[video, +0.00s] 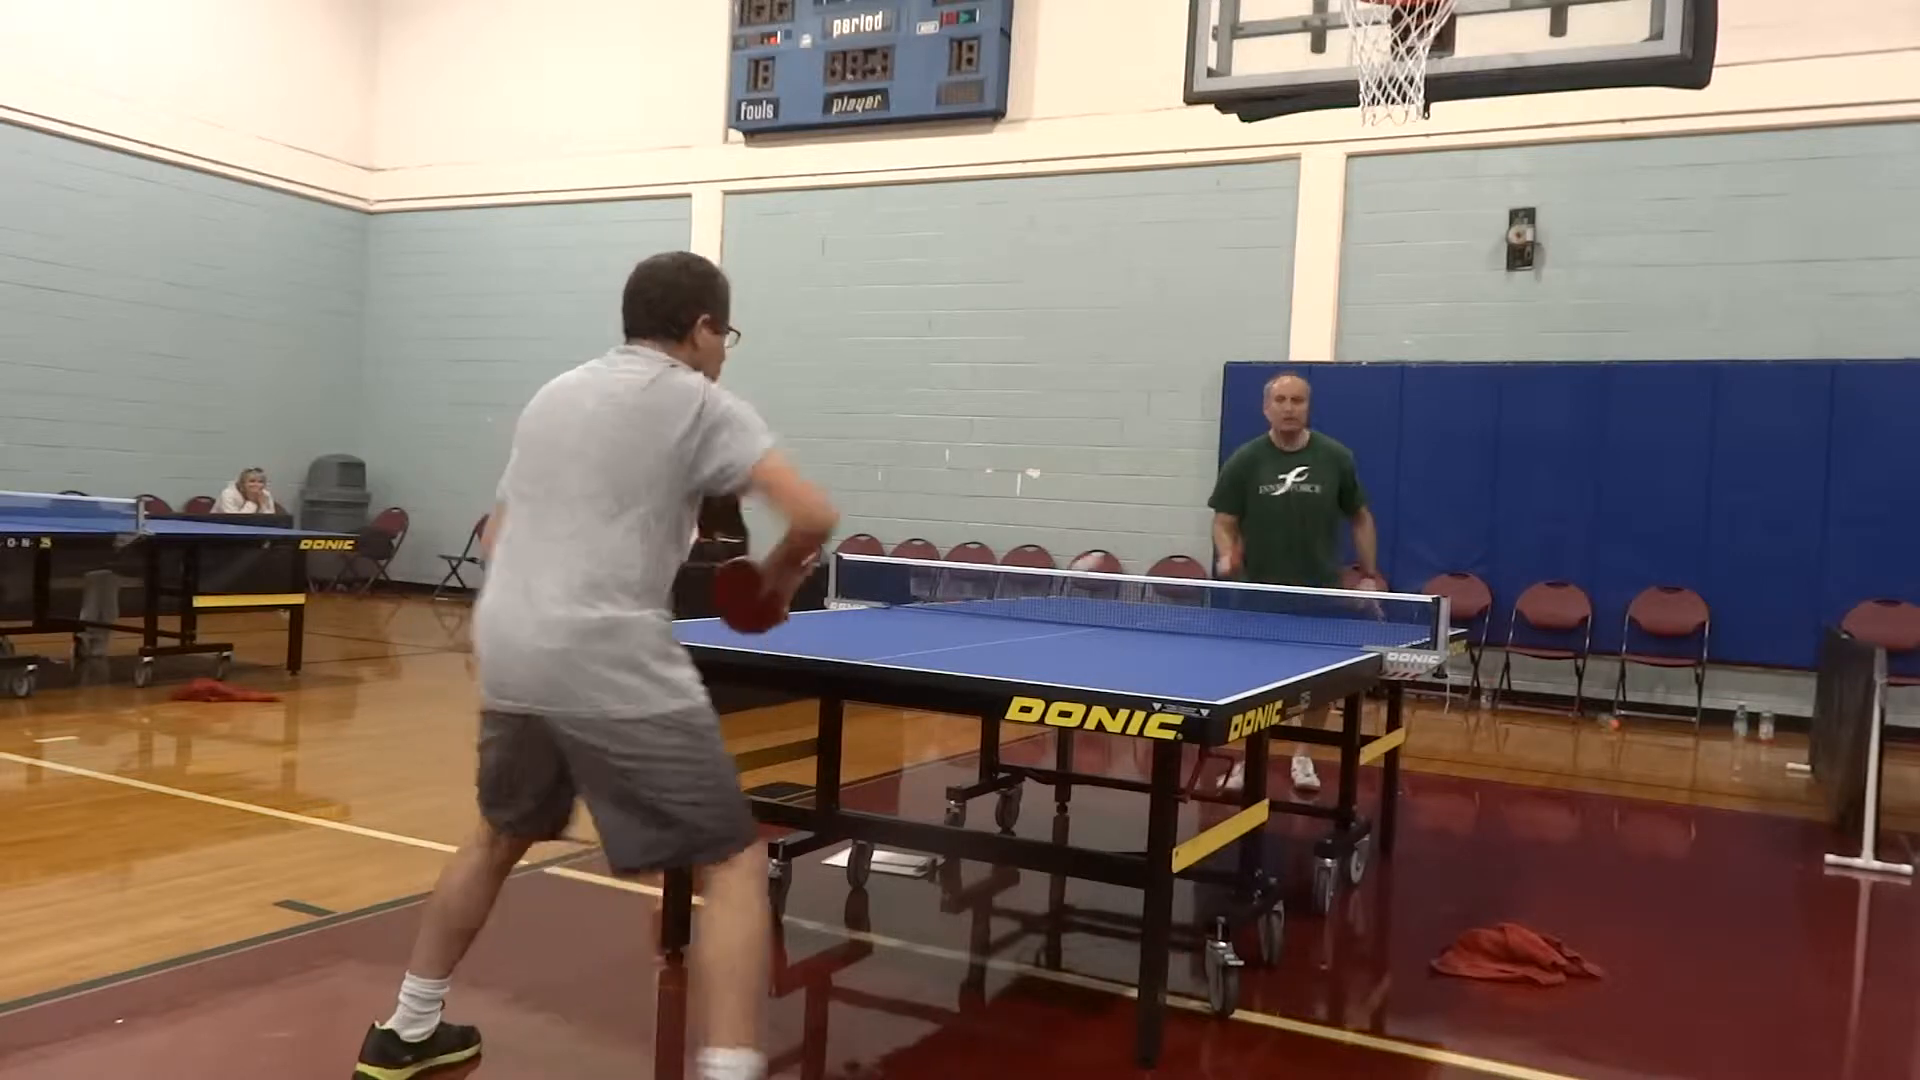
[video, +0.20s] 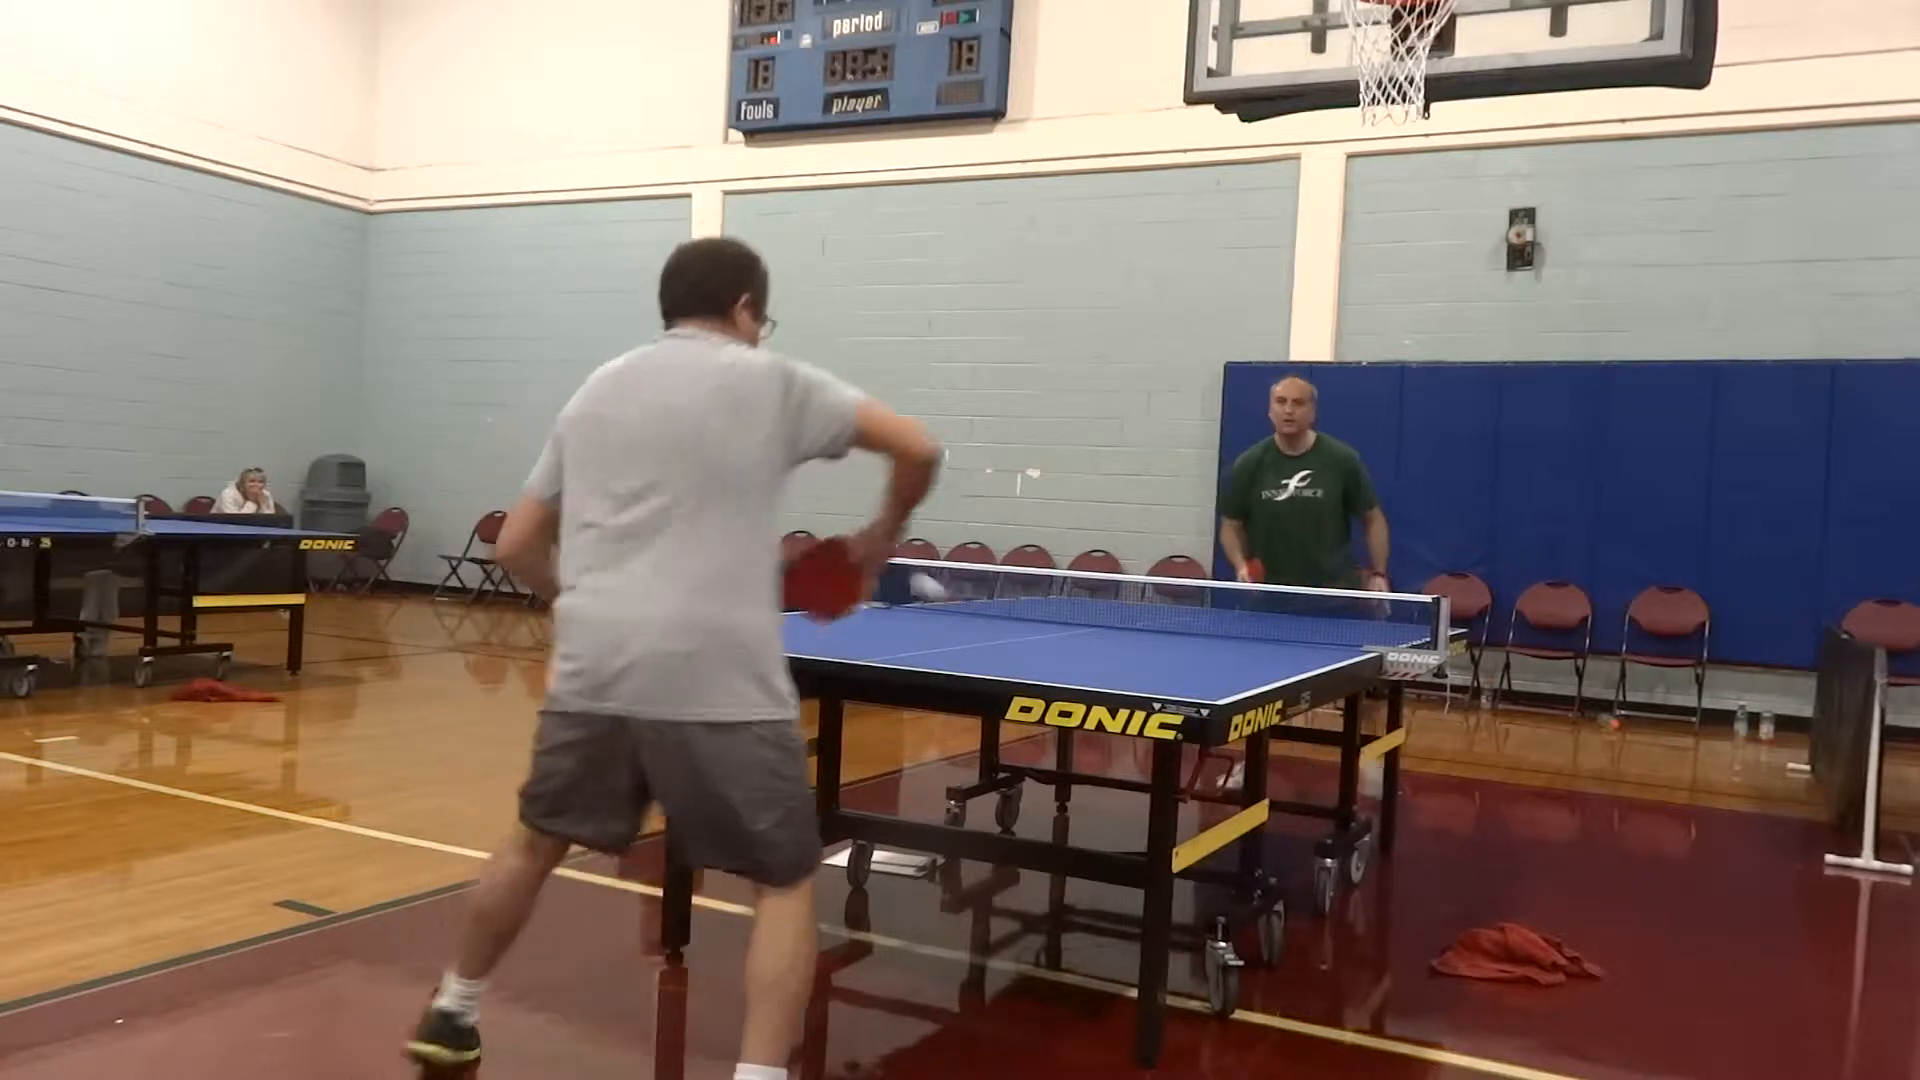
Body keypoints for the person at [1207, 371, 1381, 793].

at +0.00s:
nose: (1289, 408)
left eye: (1297, 400)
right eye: (1280, 400)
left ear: (1309, 406)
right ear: (1266, 407)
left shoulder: (1336, 458)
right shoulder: (1245, 461)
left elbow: (1359, 515)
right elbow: (1224, 520)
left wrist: (1369, 572)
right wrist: (1228, 550)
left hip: (1319, 594)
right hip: (1259, 593)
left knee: (1323, 680)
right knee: (1254, 674)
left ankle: (1303, 755)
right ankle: (1247, 759)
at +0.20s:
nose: (1288, 410)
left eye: (1298, 403)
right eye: (1281, 402)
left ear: (1313, 412)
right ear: (1270, 410)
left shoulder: (1343, 461)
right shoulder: (1247, 466)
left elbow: (1373, 518)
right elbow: (1231, 526)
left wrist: (1379, 573)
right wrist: (1241, 566)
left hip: (1333, 596)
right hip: (1268, 597)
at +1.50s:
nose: (1337, 405)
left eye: (1347, 400)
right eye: (1330, 397)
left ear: (1357, 414)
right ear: (1312, 405)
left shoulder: (1376, 466)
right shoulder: (1281, 462)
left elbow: (1405, 522)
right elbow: (1245, 524)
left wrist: (1434, 575)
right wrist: (1247, 576)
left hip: (1364, 605)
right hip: (1292, 604)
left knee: (1390, 692)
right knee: (1256, 681)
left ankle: (1393, 782)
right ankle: (1242, 766)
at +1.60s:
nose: (1353, 402)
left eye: (1362, 397)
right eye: (1345, 393)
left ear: (1372, 411)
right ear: (1326, 401)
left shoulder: (1389, 467)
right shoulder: (1293, 459)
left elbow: (1420, 526)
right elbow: (1252, 517)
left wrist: (1451, 582)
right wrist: (1237, 573)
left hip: (1365, 607)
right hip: (1292, 601)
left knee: (1388, 697)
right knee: (1257, 681)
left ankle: (1392, 787)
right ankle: (1243, 767)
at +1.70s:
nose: (1373, 396)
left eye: (1384, 392)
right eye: (1366, 387)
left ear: (1394, 406)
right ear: (1348, 396)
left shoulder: (1406, 465)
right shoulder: (1310, 452)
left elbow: (1442, 524)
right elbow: (1269, 508)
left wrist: (1466, 578)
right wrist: (1242, 560)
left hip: (1371, 604)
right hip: (1297, 597)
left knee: (1391, 694)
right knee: (1259, 675)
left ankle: (1391, 785)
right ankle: (1241, 760)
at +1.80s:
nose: (1394, 392)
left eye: (1404, 388)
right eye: (1386, 383)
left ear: (1415, 403)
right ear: (1368, 393)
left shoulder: (1424, 462)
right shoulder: (1330, 446)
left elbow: (1461, 520)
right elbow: (1287, 503)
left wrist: (1478, 573)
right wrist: (1256, 558)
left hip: (1386, 603)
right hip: (1312, 594)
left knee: (1400, 697)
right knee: (1268, 677)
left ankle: (1393, 787)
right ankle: (1242, 761)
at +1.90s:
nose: (1408, 392)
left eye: (1418, 388)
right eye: (1401, 383)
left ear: (1429, 401)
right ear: (1383, 391)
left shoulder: (1438, 461)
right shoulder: (1343, 444)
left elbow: (1477, 520)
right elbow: (1303, 502)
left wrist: (1487, 566)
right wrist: (1273, 559)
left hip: (1395, 603)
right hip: (1325, 595)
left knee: (1399, 702)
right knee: (1280, 687)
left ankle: (1393, 789)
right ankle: (1252, 776)